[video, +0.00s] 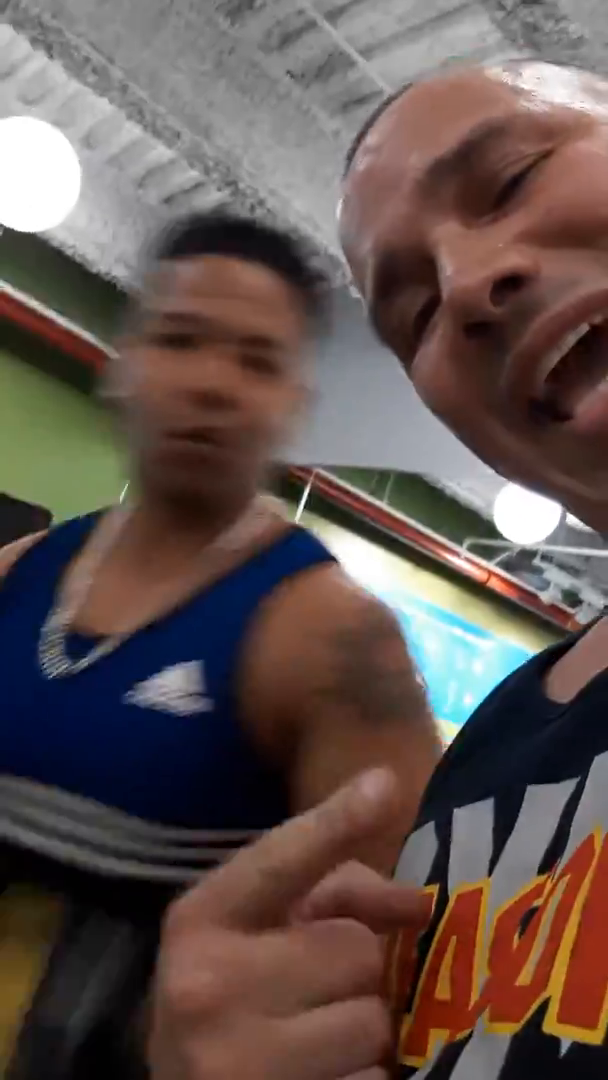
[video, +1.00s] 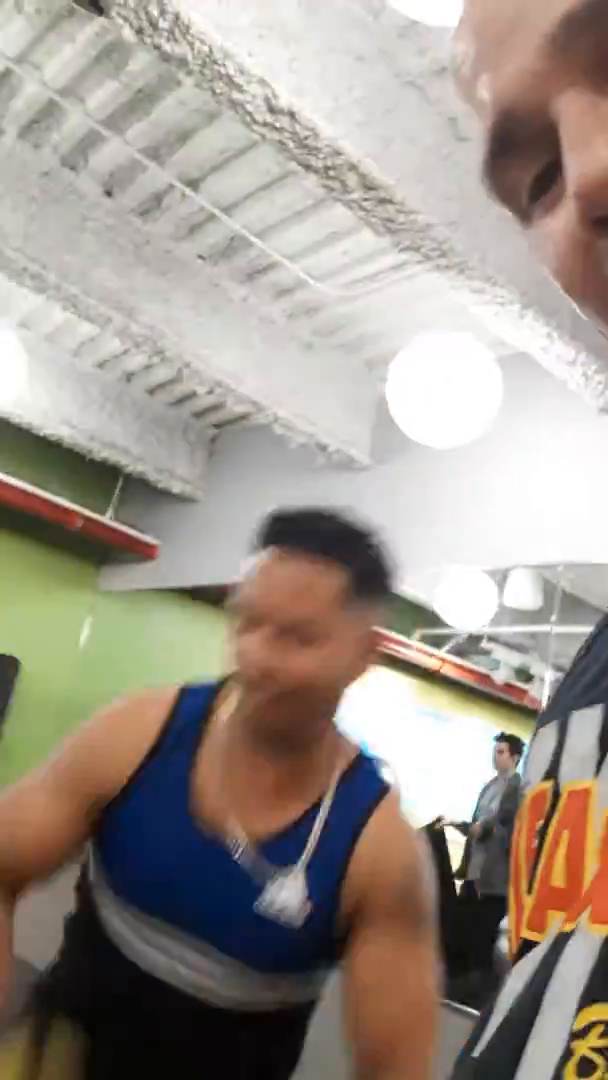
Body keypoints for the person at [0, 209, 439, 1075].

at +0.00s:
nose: (213, 383)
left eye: (258, 359)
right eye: (179, 341)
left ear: (300, 404)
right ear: (119, 364)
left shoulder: (330, 639)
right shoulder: (22, 570)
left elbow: (378, 955)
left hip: (168, 1057)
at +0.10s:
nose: (313, 412)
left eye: (351, 395)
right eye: (282, 368)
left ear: (377, 443)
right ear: (215, 384)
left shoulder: (389, 666)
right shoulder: (49, 573)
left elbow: (361, 942)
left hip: (185, 1046)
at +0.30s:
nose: (373, 496)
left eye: (405, 482)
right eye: (346, 459)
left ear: (424, 525)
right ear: (283, 475)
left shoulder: (427, 725)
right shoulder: (129, 617)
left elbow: (419, 968)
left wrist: (387, 785)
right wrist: (16, 722)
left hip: (261, 1061)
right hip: (49, 1026)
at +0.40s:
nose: (378, 536)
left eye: (409, 522)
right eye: (352, 500)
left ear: (425, 562)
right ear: (290, 515)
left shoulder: (436, 752)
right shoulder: (145, 654)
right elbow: (0, 837)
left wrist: (411, 822)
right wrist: (112, 722)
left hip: (270, 1063)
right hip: (64, 1031)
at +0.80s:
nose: (372, 601)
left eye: (404, 587)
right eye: (351, 570)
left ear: (424, 622)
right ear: (302, 576)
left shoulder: (412, 782)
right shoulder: (183, 674)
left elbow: (442, 1013)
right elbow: (13, 805)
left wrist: (396, 792)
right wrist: (200, 712)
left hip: (222, 1062)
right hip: (58, 1018)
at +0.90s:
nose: (329, 623)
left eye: (365, 606)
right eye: (314, 593)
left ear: (407, 636)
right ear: (284, 603)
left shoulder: (396, 809)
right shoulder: (160, 698)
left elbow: (430, 1015)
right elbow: (22, 793)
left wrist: (316, 984)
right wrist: (89, 824)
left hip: (213, 1065)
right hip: (58, 1020)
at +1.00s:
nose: (259, 657)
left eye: (297, 638)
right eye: (250, 624)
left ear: (364, 652)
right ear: (232, 618)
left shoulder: (380, 849)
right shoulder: (135, 733)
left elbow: (395, 1065)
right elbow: (4, 871)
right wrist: (11, 1010)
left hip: (234, 1064)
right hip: (84, 1029)